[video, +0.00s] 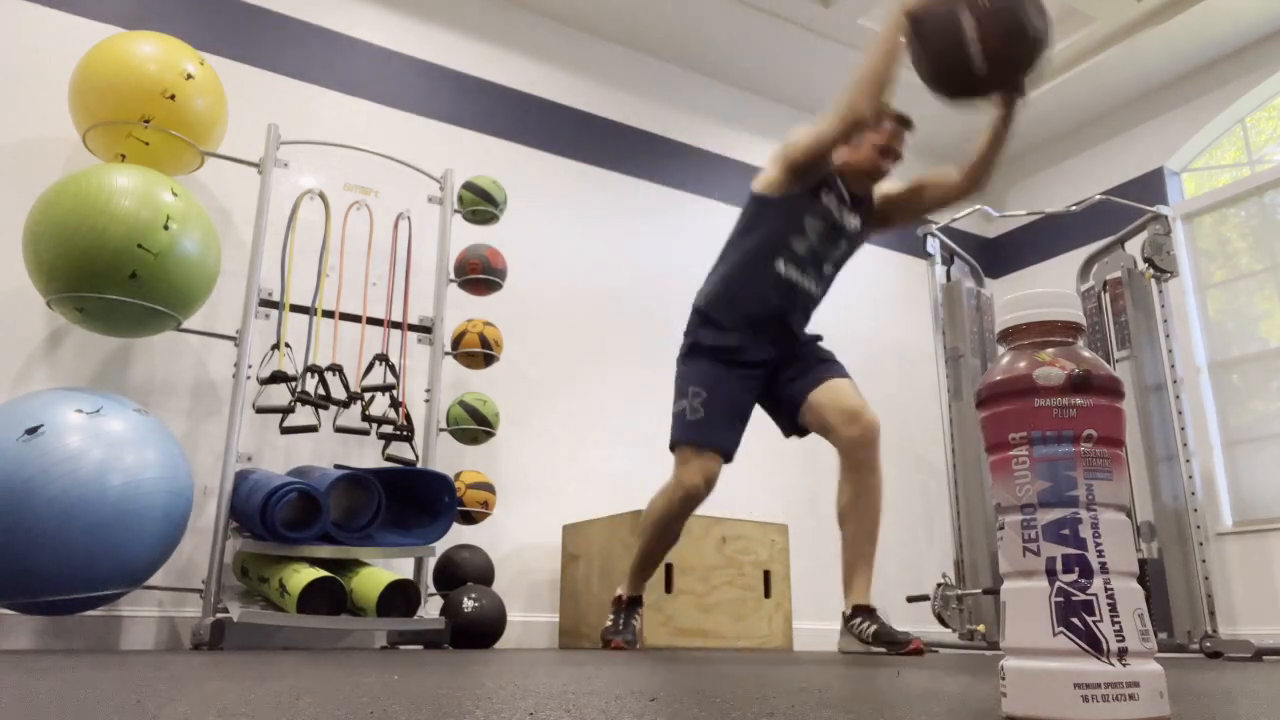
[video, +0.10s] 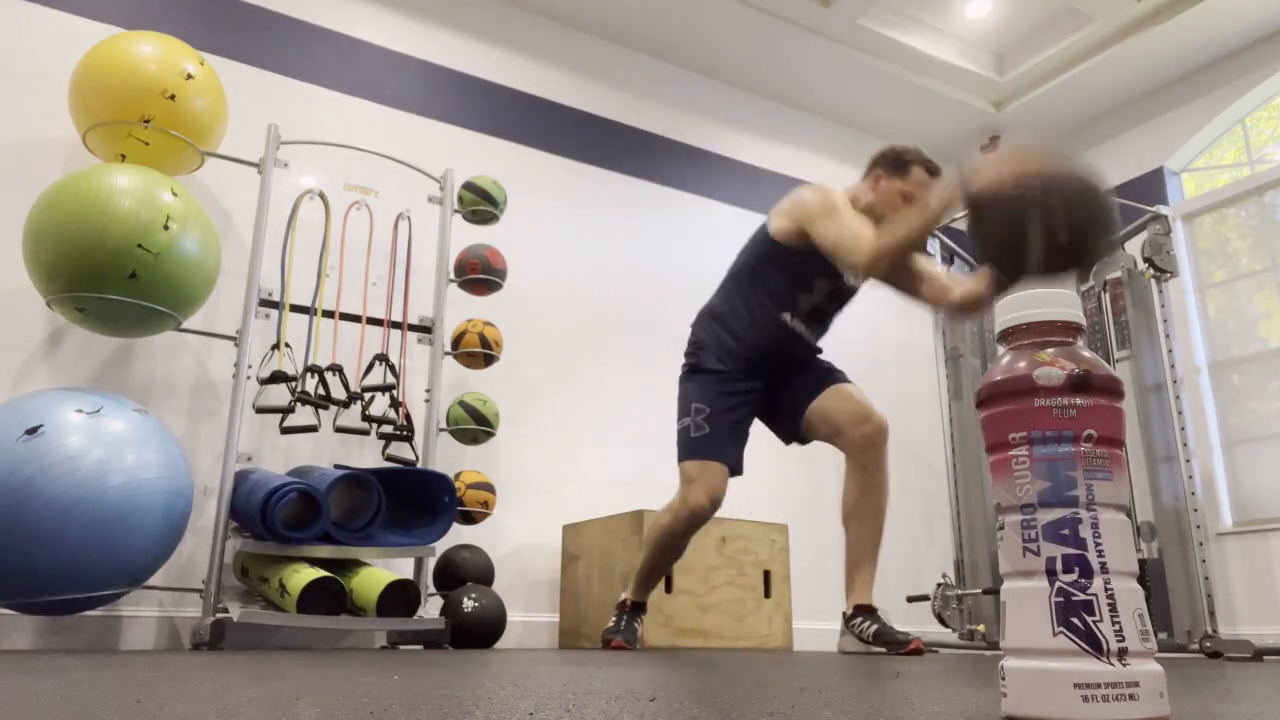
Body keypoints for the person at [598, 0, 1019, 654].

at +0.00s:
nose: (890, 161)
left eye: (896, 156)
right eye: (884, 148)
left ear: (890, 162)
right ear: (849, 137)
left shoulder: (866, 212)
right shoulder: (797, 171)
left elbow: (964, 184)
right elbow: (852, 112)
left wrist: (1005, 111)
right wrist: (902, 14)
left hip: (787, 348)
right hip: (720, 340)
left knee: (859, 430)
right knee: (695, 478)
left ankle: (858, 614)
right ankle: (627, 599)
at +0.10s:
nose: (912, 215)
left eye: (919, 206)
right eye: (909, 199)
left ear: (917, 205)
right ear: (877, 180)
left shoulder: (877, 246)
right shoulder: (816, 200)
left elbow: (951, 293)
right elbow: (867, 255)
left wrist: (1006, 259)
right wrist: (958, 189)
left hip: (788, 366)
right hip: (724, 354)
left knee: (866, 430)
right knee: (700, 497)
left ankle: (860, 614)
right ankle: (631, 605)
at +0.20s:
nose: (939, 251)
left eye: (946, 242)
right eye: (936, 234)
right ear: (900, 211)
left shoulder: (894, 284)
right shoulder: (834, 232)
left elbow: (930, 363)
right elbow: (842, 338)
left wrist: (960, 398)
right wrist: (919, 383)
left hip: (797, 372)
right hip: (729, 361)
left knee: (871, 432)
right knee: (703, 503)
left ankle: (861, 613)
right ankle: (630, 605)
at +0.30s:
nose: (960, 279)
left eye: (968, 269)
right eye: (960, 263)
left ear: (933, 248)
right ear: (925, 237)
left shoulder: (908, 304)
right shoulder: (851, 257)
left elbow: (911, 404)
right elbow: (828, 377)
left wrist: (940, 495)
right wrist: (860, 487)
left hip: (804, 376)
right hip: (735, 365)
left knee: (883, 433)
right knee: (707, 502)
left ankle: (860, 612)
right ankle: (630, 604)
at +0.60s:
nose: (979, 266)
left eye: (986, 254)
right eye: (975, 248)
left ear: (942, 237)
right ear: (936, 227)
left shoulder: (912, 298)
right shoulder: (863, 252)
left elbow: (906, 399)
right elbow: (850, 382)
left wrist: (940, 469)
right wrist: (934, 455)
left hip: (802, 366)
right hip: (740, 349)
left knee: (876, 437)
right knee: (711, 496)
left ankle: (861, 612)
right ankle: (624, 597)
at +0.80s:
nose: (948, 167)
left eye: (952, 158)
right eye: (939, 152)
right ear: (896, 150)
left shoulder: (894, 242)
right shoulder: (844, 193)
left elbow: (900, 345)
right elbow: (856, 304)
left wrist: (960, 375)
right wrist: (959, 350)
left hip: (806, 342)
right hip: (745, 332)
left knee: (876, 429)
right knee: (719, 484)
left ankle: (859, 612)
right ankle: (627, 592)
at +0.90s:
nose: (913, 130)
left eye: (918, 123)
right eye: (903, 115)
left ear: (912, 143)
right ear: (862, 120)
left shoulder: (878, 217)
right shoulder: (820, 165)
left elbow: (899, 316)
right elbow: (853, 250)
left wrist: (975, 315)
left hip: (810, 338)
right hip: (748, 325)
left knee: (876, 428)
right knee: (733, 473)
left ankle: (860, 614)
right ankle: (642, 579)